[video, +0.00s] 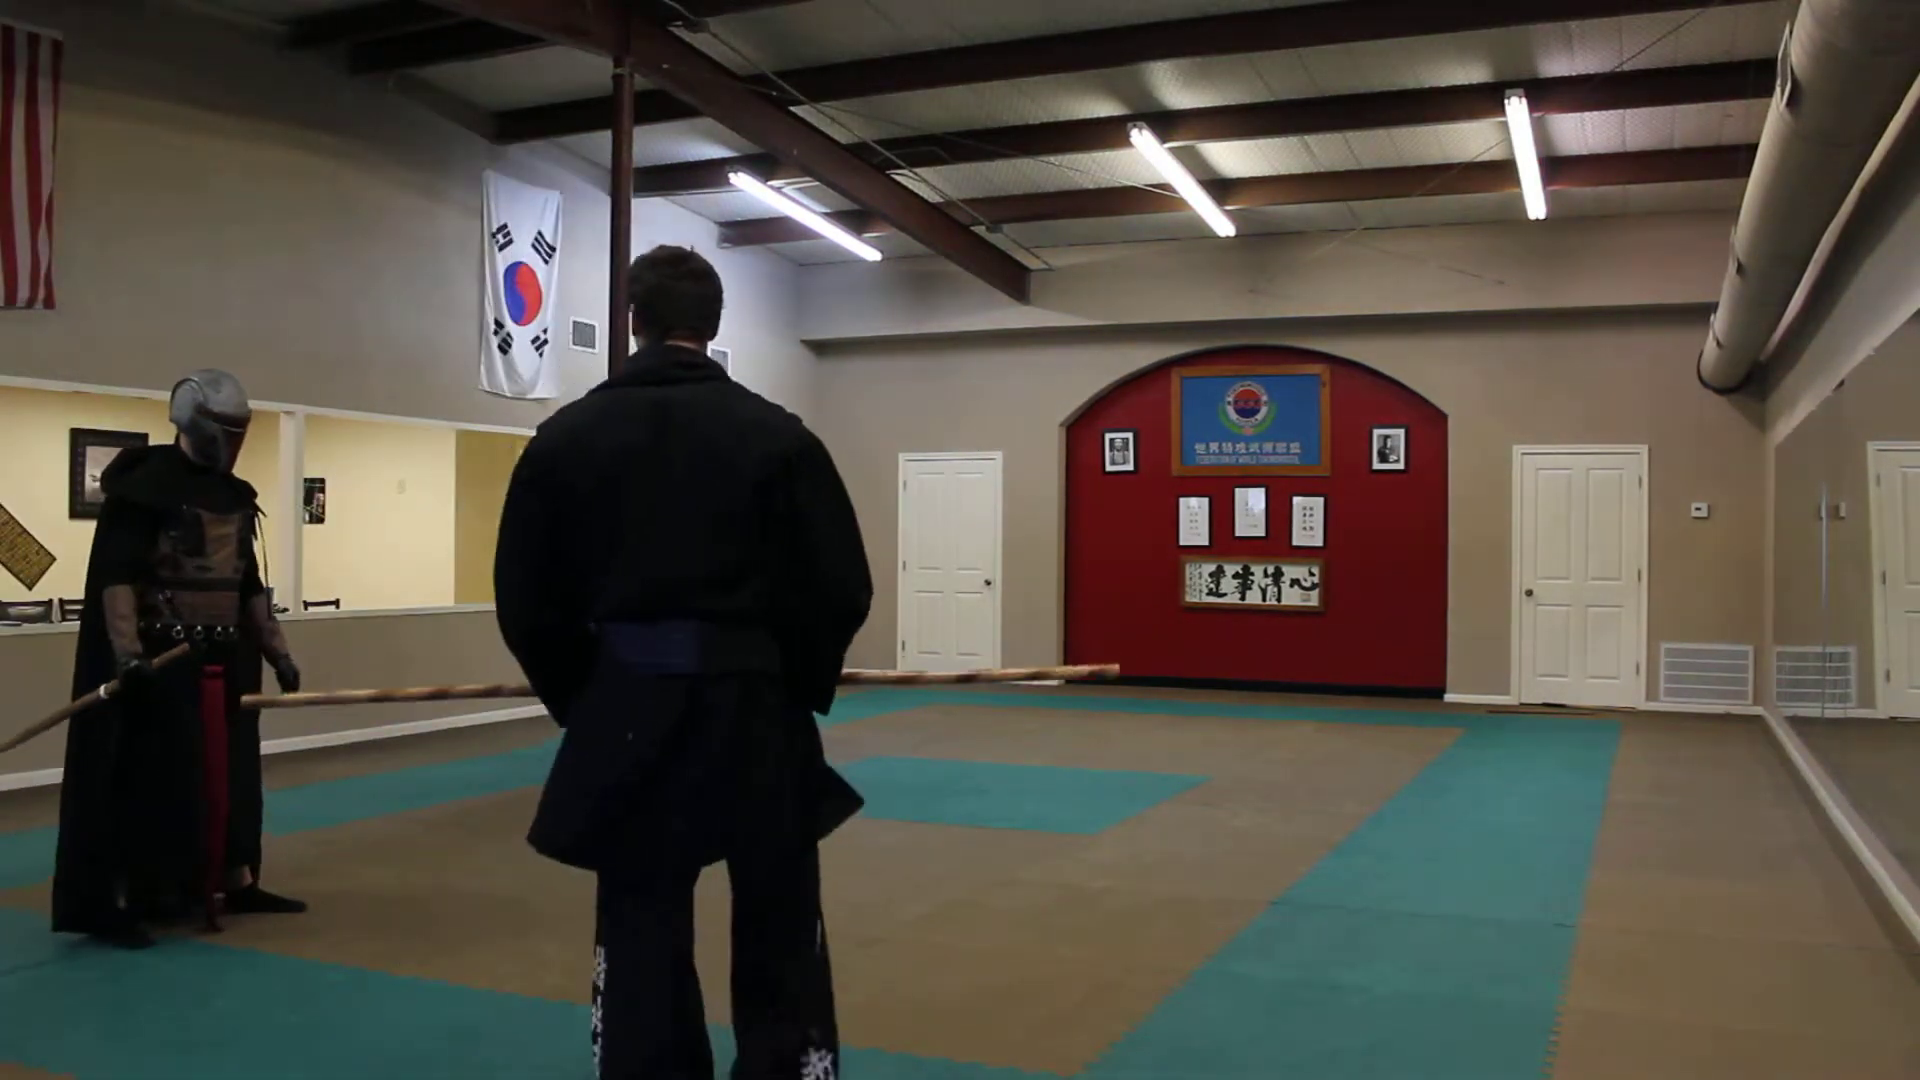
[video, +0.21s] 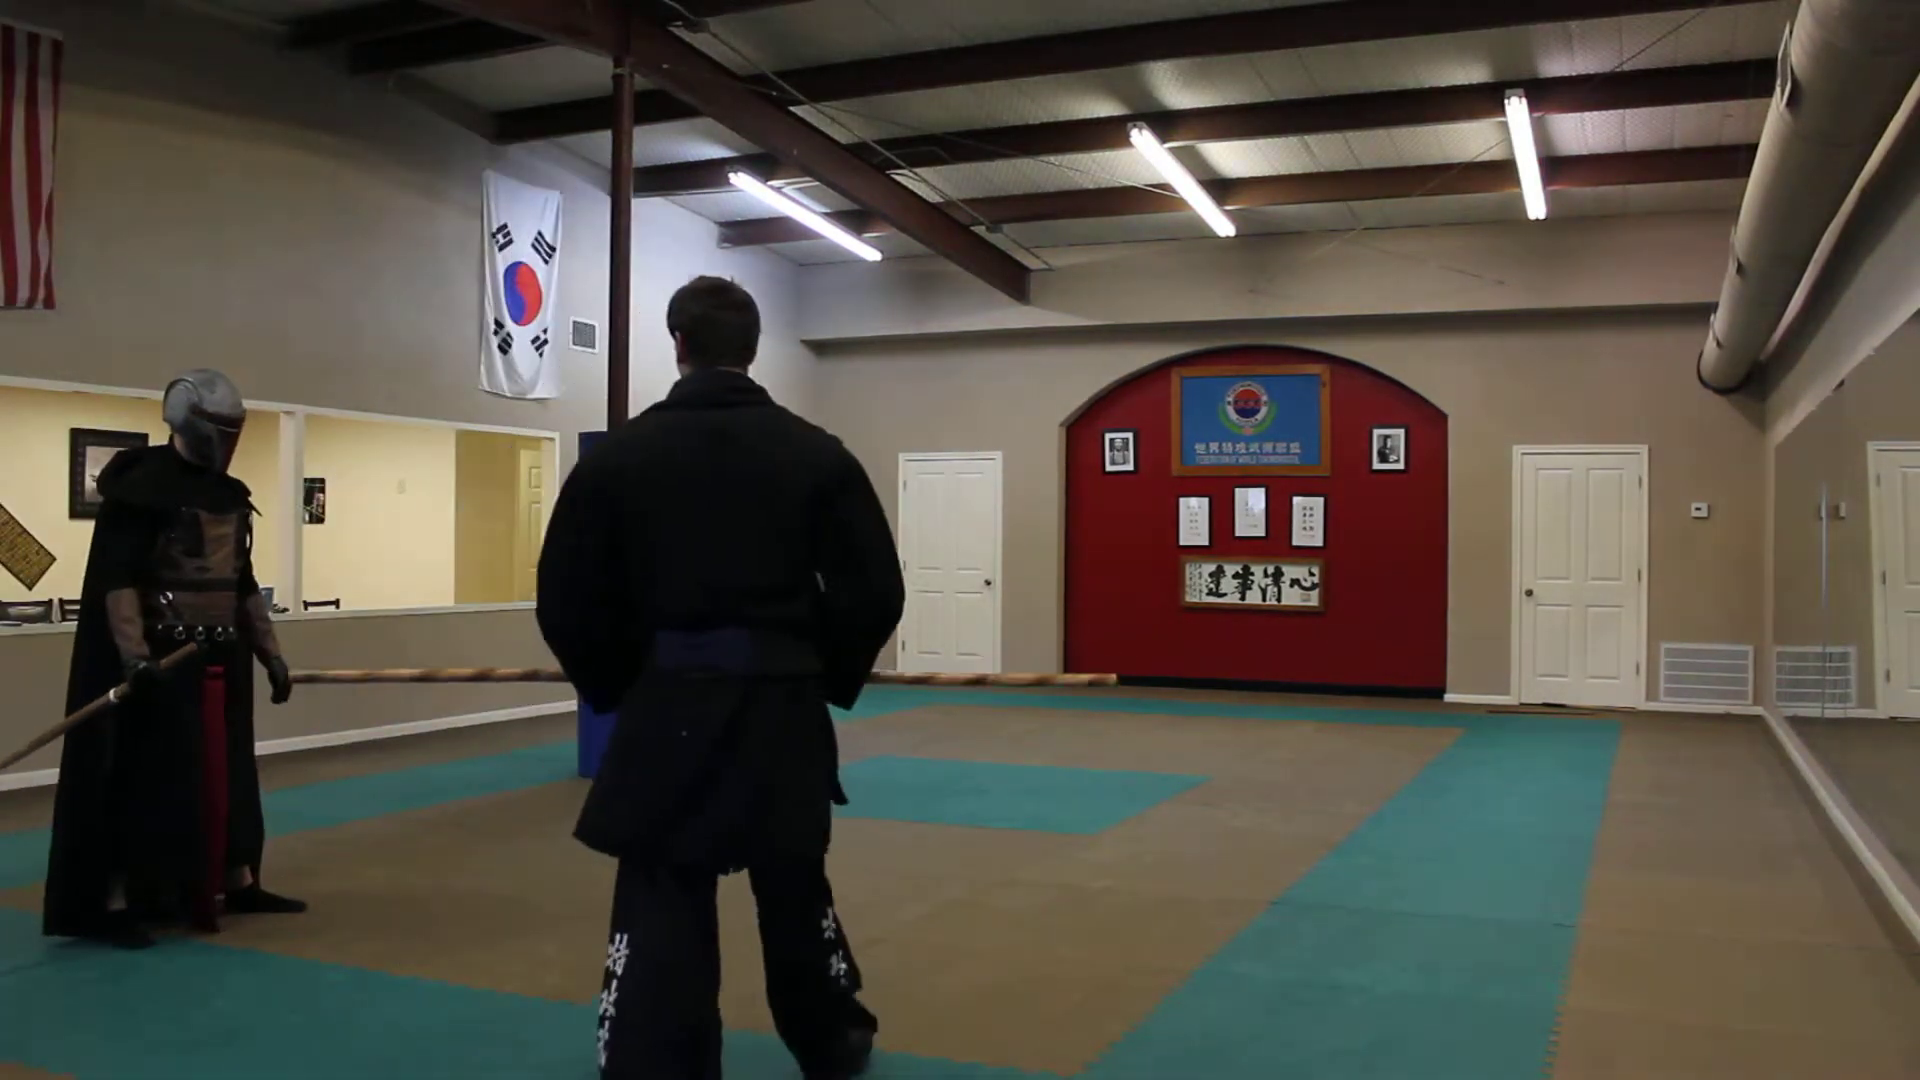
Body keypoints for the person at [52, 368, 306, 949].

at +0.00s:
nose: (235, 441)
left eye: (240, 430)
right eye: (225, 429)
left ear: (240, 428)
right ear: (189, 424)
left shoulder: (236, 497)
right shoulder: (143, 481)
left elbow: (249, 585)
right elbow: (116, 573)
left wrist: (279, 652)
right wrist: (127, 653)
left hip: (223, 662)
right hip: (153, 662)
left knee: (233, 770)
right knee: (137, 778)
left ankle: (233, 884)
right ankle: (116, 903)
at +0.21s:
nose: (231, 439)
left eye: (235, 429)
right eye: (221, 428)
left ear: (234, 428)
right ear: (184, 424)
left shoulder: (229, 496)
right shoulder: (139, 482)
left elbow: (243, 585)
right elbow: (117, 576)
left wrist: (270, 653)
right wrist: (134, 653)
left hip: (217, 662)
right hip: (148, 660)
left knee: (229, 769)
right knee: (132, 776)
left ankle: (236, 884)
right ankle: (113, 902)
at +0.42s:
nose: (230, 440)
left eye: (234, 429)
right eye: (221, 428)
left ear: (231, 427)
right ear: (184, 424)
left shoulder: (227, 495)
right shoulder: (141, 483)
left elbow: (242, 586)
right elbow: (123, 579)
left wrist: (278, 651)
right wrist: (141, 658)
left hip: (217, 664)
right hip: (150, 662)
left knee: (230, 770)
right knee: (134, 777)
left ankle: (234, 884)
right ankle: (114, 902)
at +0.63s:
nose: (234, 439)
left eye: (236, 428)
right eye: (224, 428)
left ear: (229, 427)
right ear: (188, 424)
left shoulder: (229, 495)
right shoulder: (143, 482)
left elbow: (245, 586)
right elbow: (125, 578)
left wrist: (281, 649)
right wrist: (143, 659)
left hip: (219, 664)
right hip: (154, 663)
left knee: (231, 772)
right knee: (138, 781)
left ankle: (233, 886)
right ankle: (117, 905)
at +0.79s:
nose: (234, 439)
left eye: (237, 428)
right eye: (224, 428)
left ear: (234, 427)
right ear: (188, 424)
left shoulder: (230, 495)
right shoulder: (144, 483)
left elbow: (244, 585)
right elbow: (127, 580)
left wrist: (281, 650)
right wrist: (145, 658)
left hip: (219, 664)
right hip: (154, 664)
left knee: (229, 774)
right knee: (142, 781)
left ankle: (230, 887)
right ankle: (120, 907)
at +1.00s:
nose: (234, 439)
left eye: (238, 428)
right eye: (224, 427)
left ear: (238, 426)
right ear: (188, 424)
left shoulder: (231, 494)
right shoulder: (145, 480)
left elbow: (244, 584)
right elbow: (129, 578)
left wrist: (281, 649)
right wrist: (151, 658)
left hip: (219, 663)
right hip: (152, 662)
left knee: (229, 774)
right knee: (141, 782)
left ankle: (232, 888)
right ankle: (121, 911)